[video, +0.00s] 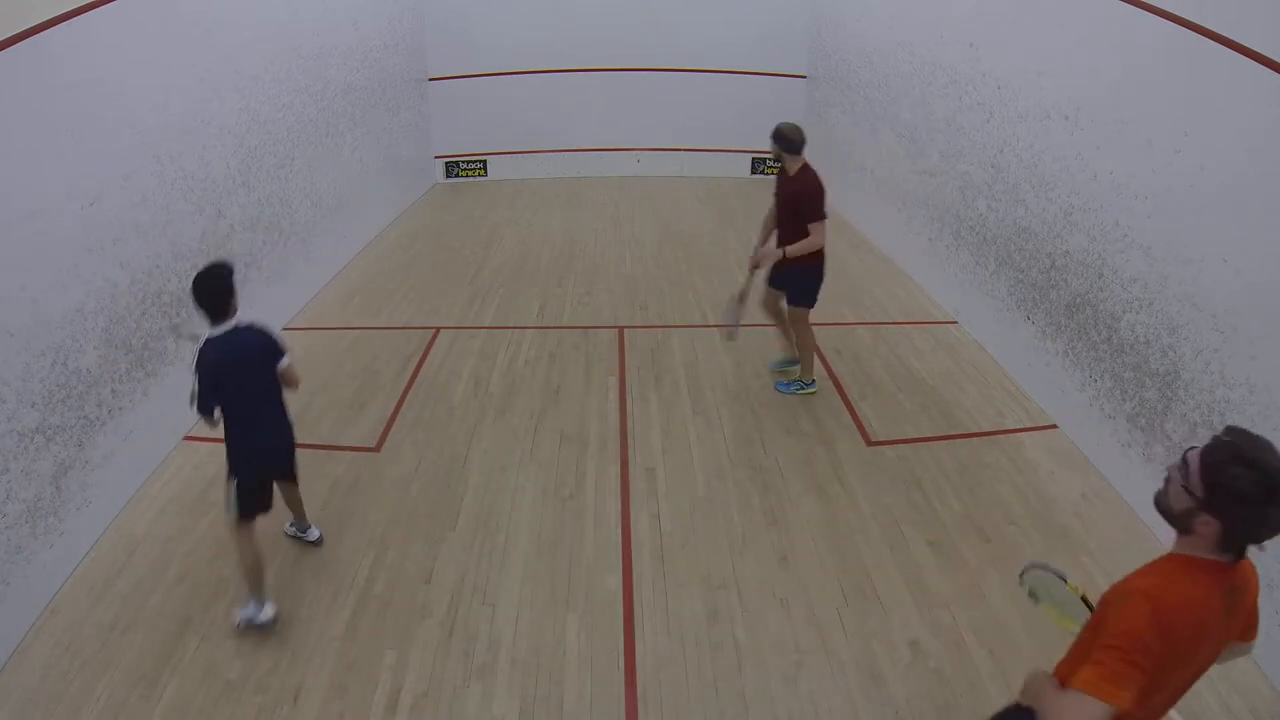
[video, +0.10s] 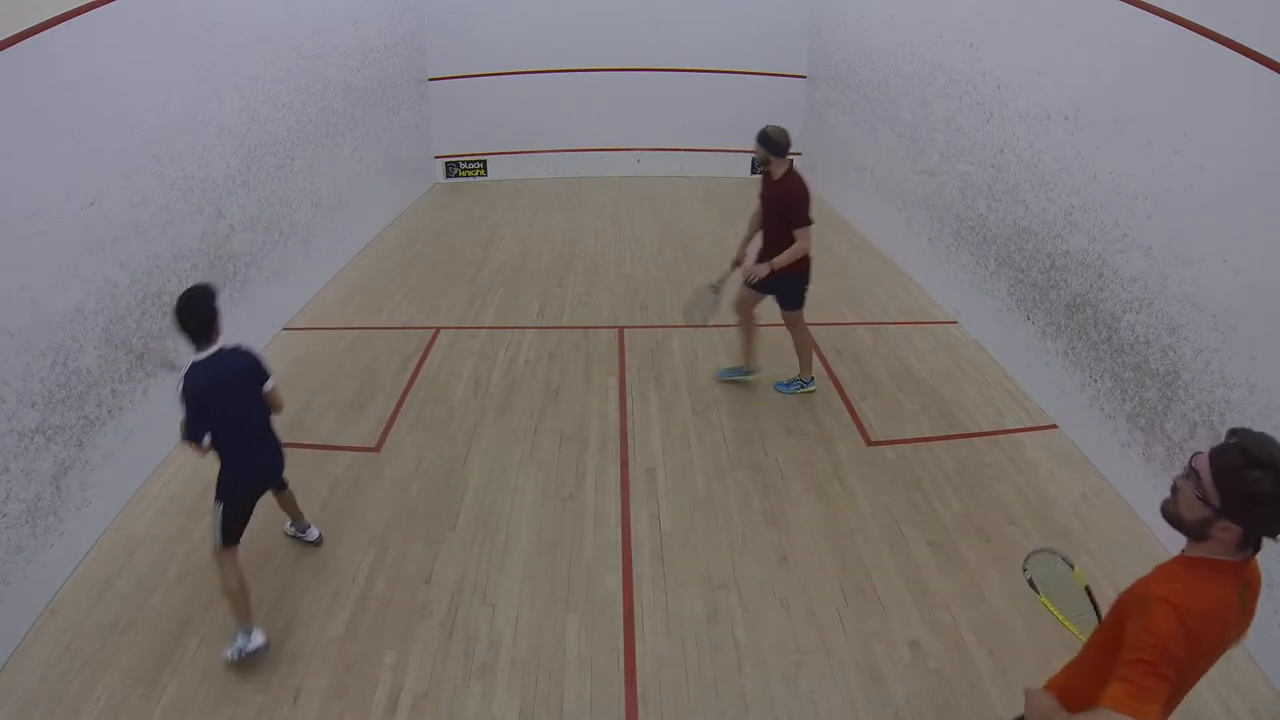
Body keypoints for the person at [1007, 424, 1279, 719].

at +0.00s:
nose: (1172, 465)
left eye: (1185, 473)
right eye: (1185, 459)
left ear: (1206, 524)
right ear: (1210, 526)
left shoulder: (1146, 599)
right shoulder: (1240, 576)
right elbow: (1236, 645)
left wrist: (1040, 691)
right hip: (1139, 710)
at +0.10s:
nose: (1180, 475)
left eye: (1195, 481)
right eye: (1191, 465)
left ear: (1226, 528)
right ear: (1229, 530)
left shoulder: (1165, 604)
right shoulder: (1244, 577)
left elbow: (1127, 712)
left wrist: (1057, 716)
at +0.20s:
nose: (1185, 490)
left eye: (1203, 493)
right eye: (1196, 477)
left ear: (1241, 536)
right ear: (1242, 538)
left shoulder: (1186, 615)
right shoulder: (1247, 574)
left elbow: (1151, 708)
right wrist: (1087, 654)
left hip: (1070, 715)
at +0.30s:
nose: (1191, 504)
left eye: (1211, 508)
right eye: (1201, 490)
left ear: (1251, 546)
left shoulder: (1198, 630)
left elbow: (1168, 711)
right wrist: (1100, 676)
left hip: (1077, 717)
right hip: (1079, 705)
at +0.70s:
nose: (1204, 537)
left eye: (1230, 538)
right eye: (1212, 516)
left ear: (1271, 564)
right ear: (1213, 501)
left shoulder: (1212, 657)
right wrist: (1109, 678)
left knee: (1057, 709)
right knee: (1060, 708)